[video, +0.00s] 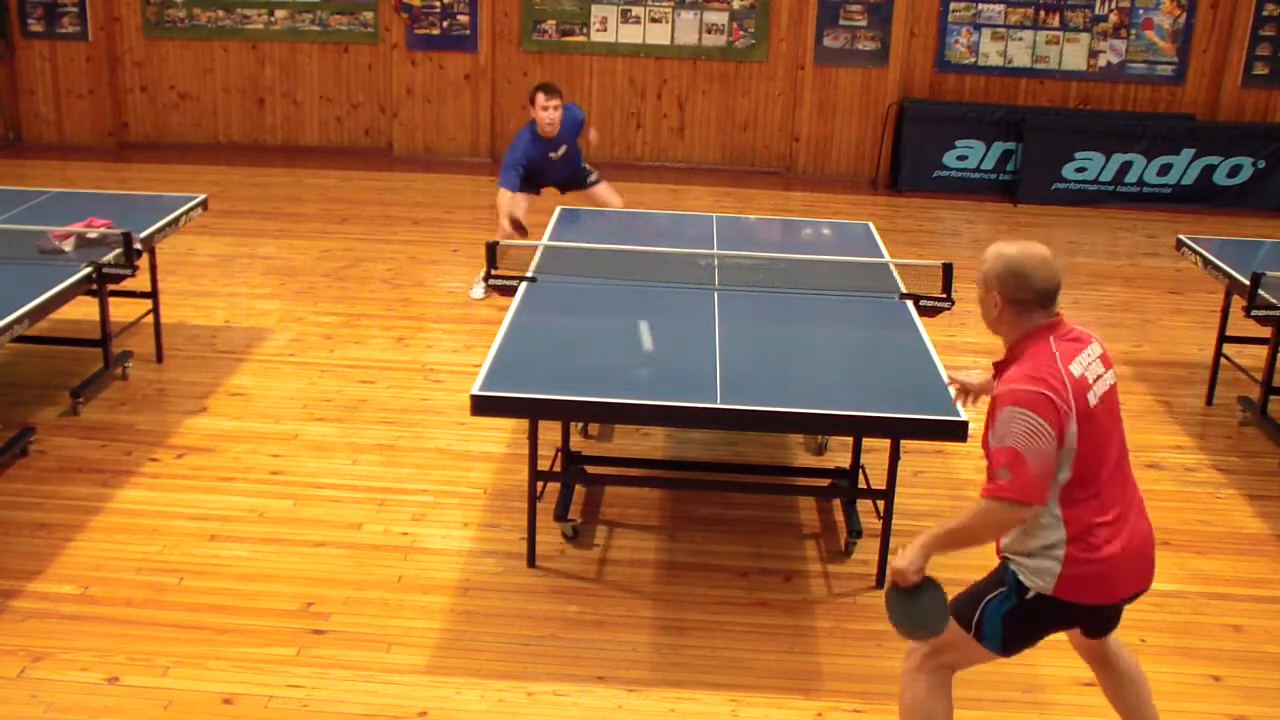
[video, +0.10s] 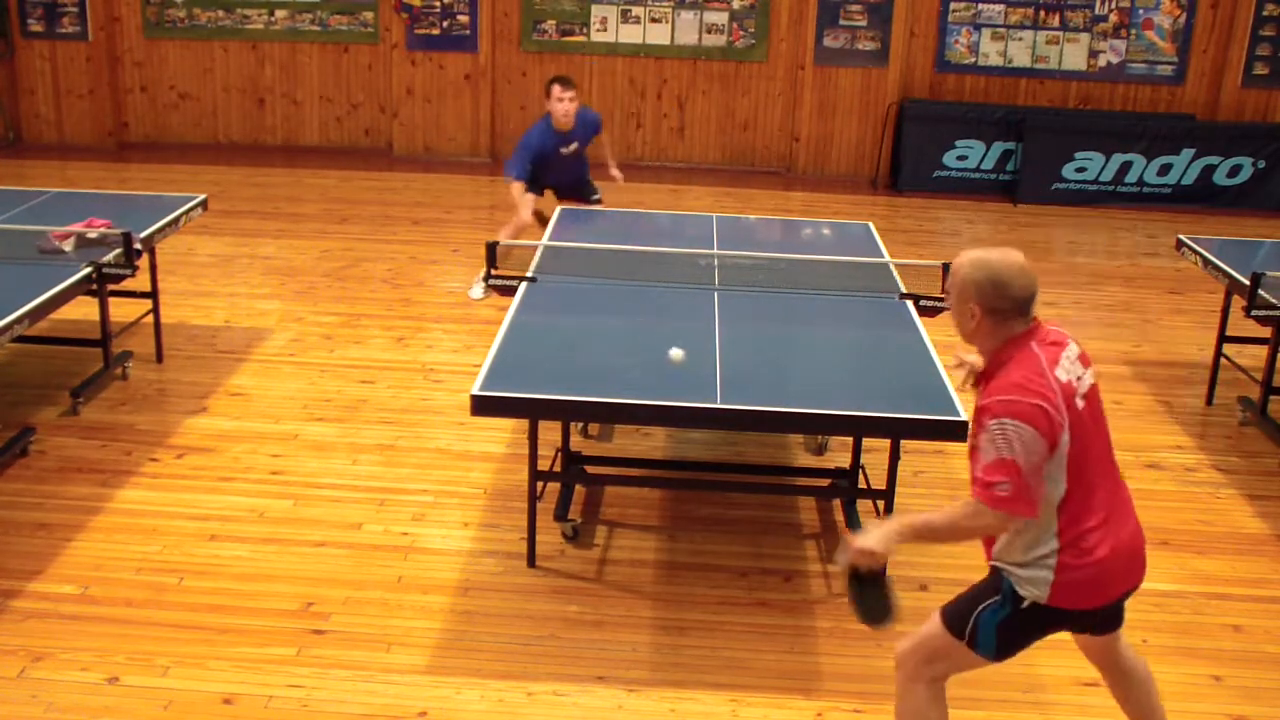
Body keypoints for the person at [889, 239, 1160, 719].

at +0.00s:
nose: (977, 295)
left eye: (980, 287)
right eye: (980, 285)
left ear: (996, 303)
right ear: (1050, 294)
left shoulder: (1028, 387)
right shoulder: (1080, 340)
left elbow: (1012, 504)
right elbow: (1040, 373)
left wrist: (925, 546)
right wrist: (991, 383)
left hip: (1066, 573)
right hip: (1124, 551)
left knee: (927, 660)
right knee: (1095, 639)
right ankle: (1146, 718)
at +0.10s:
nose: (948, 308)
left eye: (952, 300)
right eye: (950, 298)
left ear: (975, 314)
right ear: (1024, 302)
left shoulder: (1013, 400)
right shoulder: (1055, 340)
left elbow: (998, 511)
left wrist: (895, 531)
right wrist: (993, 372)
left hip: (1059, 574)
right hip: (1114, 546)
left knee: (917, 664)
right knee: (1108, 649)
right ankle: (1154, 719)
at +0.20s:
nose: (922, 312)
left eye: (928, 304)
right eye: (923, 302)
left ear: (960, 317)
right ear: (1003, 306)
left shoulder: (976, 397)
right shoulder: (1048, 345)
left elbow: (906, 491)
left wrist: (816, 461)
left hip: (1031, 586)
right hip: (1098, 558)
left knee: (895, 675)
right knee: (1106, 655)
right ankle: (1142, 718)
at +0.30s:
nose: (929, 305)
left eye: (935, 295)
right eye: (931, 294)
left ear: (966, 306)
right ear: (1012, 300)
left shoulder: (935, 387)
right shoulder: (1061, 364)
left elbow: (831, 403)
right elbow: (1085, 409)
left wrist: (815, 328)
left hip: (1005, 602)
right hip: (1081, 578)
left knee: (871, 685)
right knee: (1078, 651)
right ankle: (1115, 718)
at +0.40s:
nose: (935, 292)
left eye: (940, 285)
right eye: (937, 282)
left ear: (956, 306)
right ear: (1017, 306)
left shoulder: (914, 378)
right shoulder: (1062, 385)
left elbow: (885, 330)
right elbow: (1098, 458)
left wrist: (923, 286)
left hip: (972, 618)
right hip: (1066, 606)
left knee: (862, 687)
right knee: (1053, 658)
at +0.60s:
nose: (960, 299)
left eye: (962, 291)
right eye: (963, 289)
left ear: (972, 308)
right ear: (1043, 308)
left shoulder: (931, 387)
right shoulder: (1096, 394)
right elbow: (1118, 506)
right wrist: (1072, 548)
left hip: (965, 634)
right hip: (1065, 646)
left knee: (878, 686)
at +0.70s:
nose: (969, 310)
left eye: (972, 302)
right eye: (975, 298)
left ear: (980, 320)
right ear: (1052, 320)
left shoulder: (952, 416)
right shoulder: (1109, 401)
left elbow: (899, 508)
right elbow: (1152, 501)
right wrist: (1123, 560)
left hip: (980, 647)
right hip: (1084, 657)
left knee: (901, 693)